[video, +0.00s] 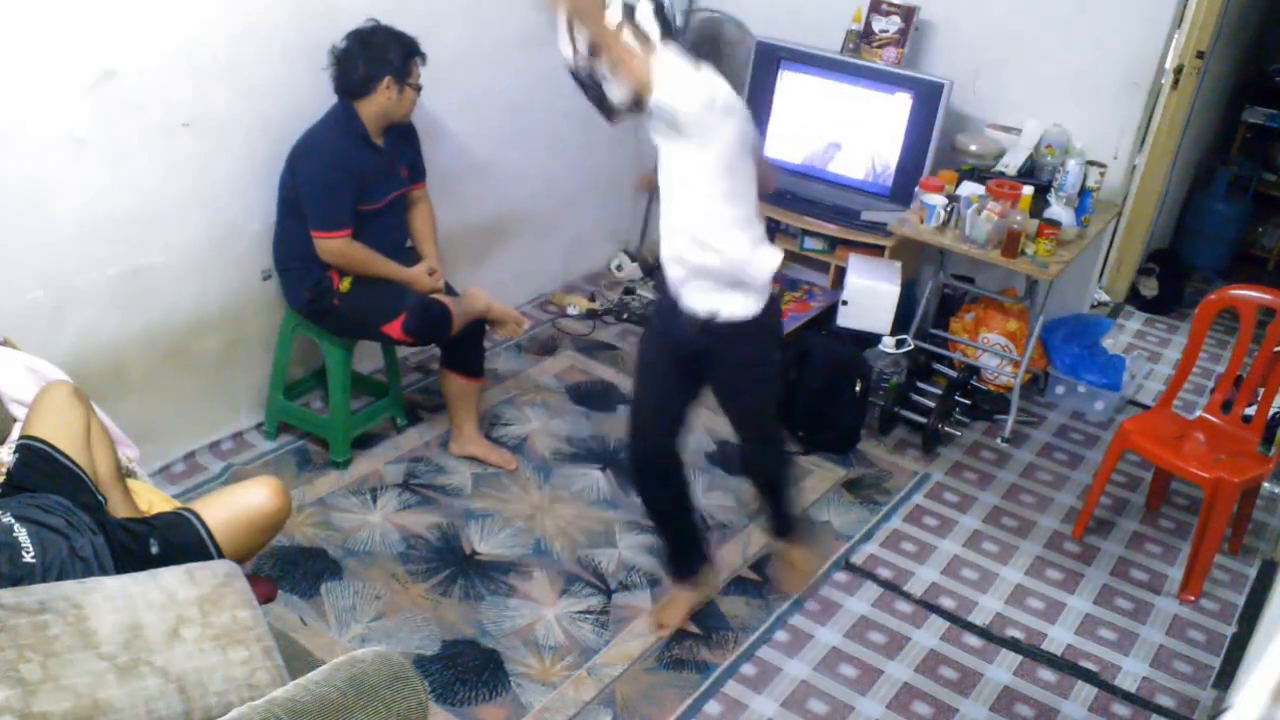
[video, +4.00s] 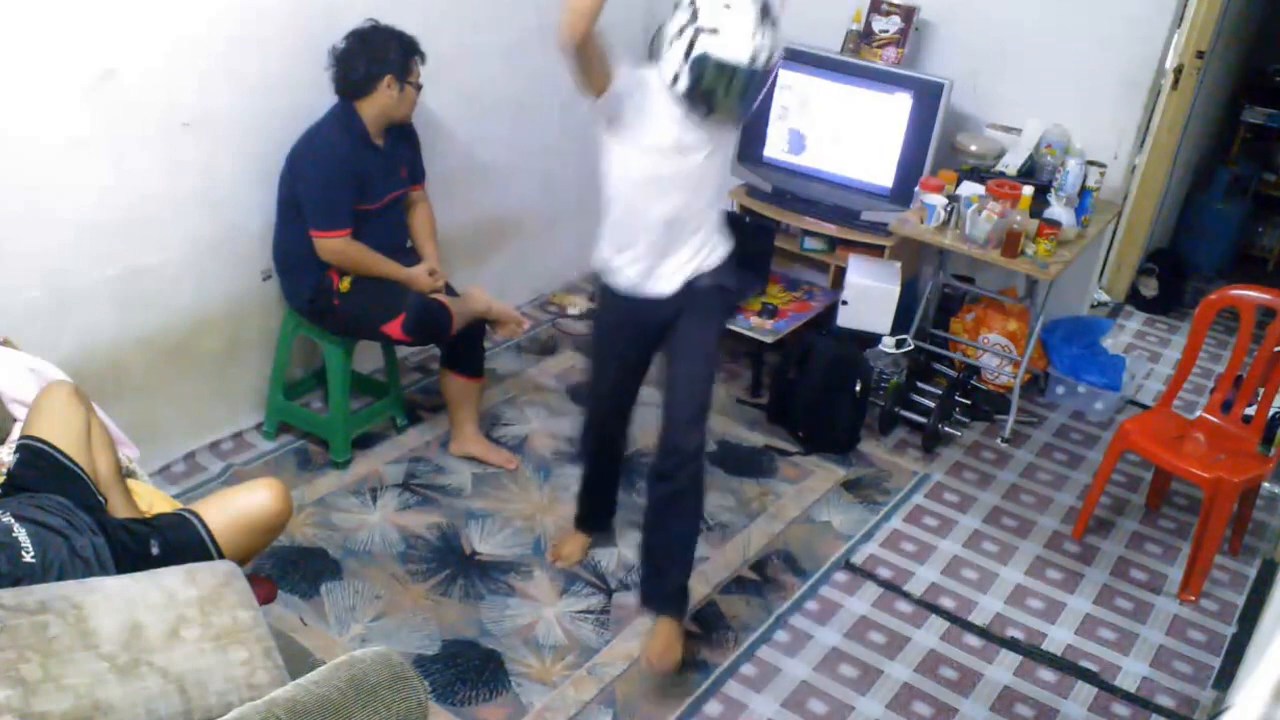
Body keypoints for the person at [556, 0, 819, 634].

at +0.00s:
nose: (624, 69)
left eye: (630, 57)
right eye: (618, 60)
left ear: (664, 53)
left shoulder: (712, 100)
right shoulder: (672, 110)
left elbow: (617, 50)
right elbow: (755, 181)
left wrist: (587, 15)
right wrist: (667, 180)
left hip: (741, 314)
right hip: (679, 305)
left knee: (760, 441)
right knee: (650, 448)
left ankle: (791, 535)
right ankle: (692, 571)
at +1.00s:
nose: (661, 142)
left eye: (680, 130)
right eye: (652, 124)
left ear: (705, 122)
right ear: (627, 105)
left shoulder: (715, 159)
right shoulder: (594, 140)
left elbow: (710, 240)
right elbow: (565, 101)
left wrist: (711, 309)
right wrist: (626, 18)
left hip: (648, 345)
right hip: (580, 323)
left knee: (589, 468)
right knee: (543, 404)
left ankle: (552, 560)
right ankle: (553, 450)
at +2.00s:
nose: (656, 75)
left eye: (673, 70)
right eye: (647, 60)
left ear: (704, 59)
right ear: (630, 31)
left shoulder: (706, 106)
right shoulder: (582, 65)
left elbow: (727, 224)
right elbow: (504, 20)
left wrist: (758, 295)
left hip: (690, 280)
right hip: (610, 291)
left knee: (757, 423)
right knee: (628, 448)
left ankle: (840, 575)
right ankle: (648, 591)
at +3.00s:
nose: (636, 22)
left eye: (647, 19)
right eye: (631, 18)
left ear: (666, 22)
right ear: (621, 21)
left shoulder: (685, 74)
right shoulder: (612, 77)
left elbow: (653, 8)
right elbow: (575, 171)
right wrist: (492, 206)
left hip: (642, 286)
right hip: (583, 268)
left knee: (616, 435)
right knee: (502, 399)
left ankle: (624, 554)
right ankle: (497, 528)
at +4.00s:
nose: (717, 81)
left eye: (732, 72)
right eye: (707, 64)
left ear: (746, 69)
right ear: (676, 45)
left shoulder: (732, 109)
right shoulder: (627, 88)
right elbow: (575, 38)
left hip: (698, 291)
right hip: (625, 288)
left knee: (683, 443)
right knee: (604, 420)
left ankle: (667, 605)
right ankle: (589, 523)